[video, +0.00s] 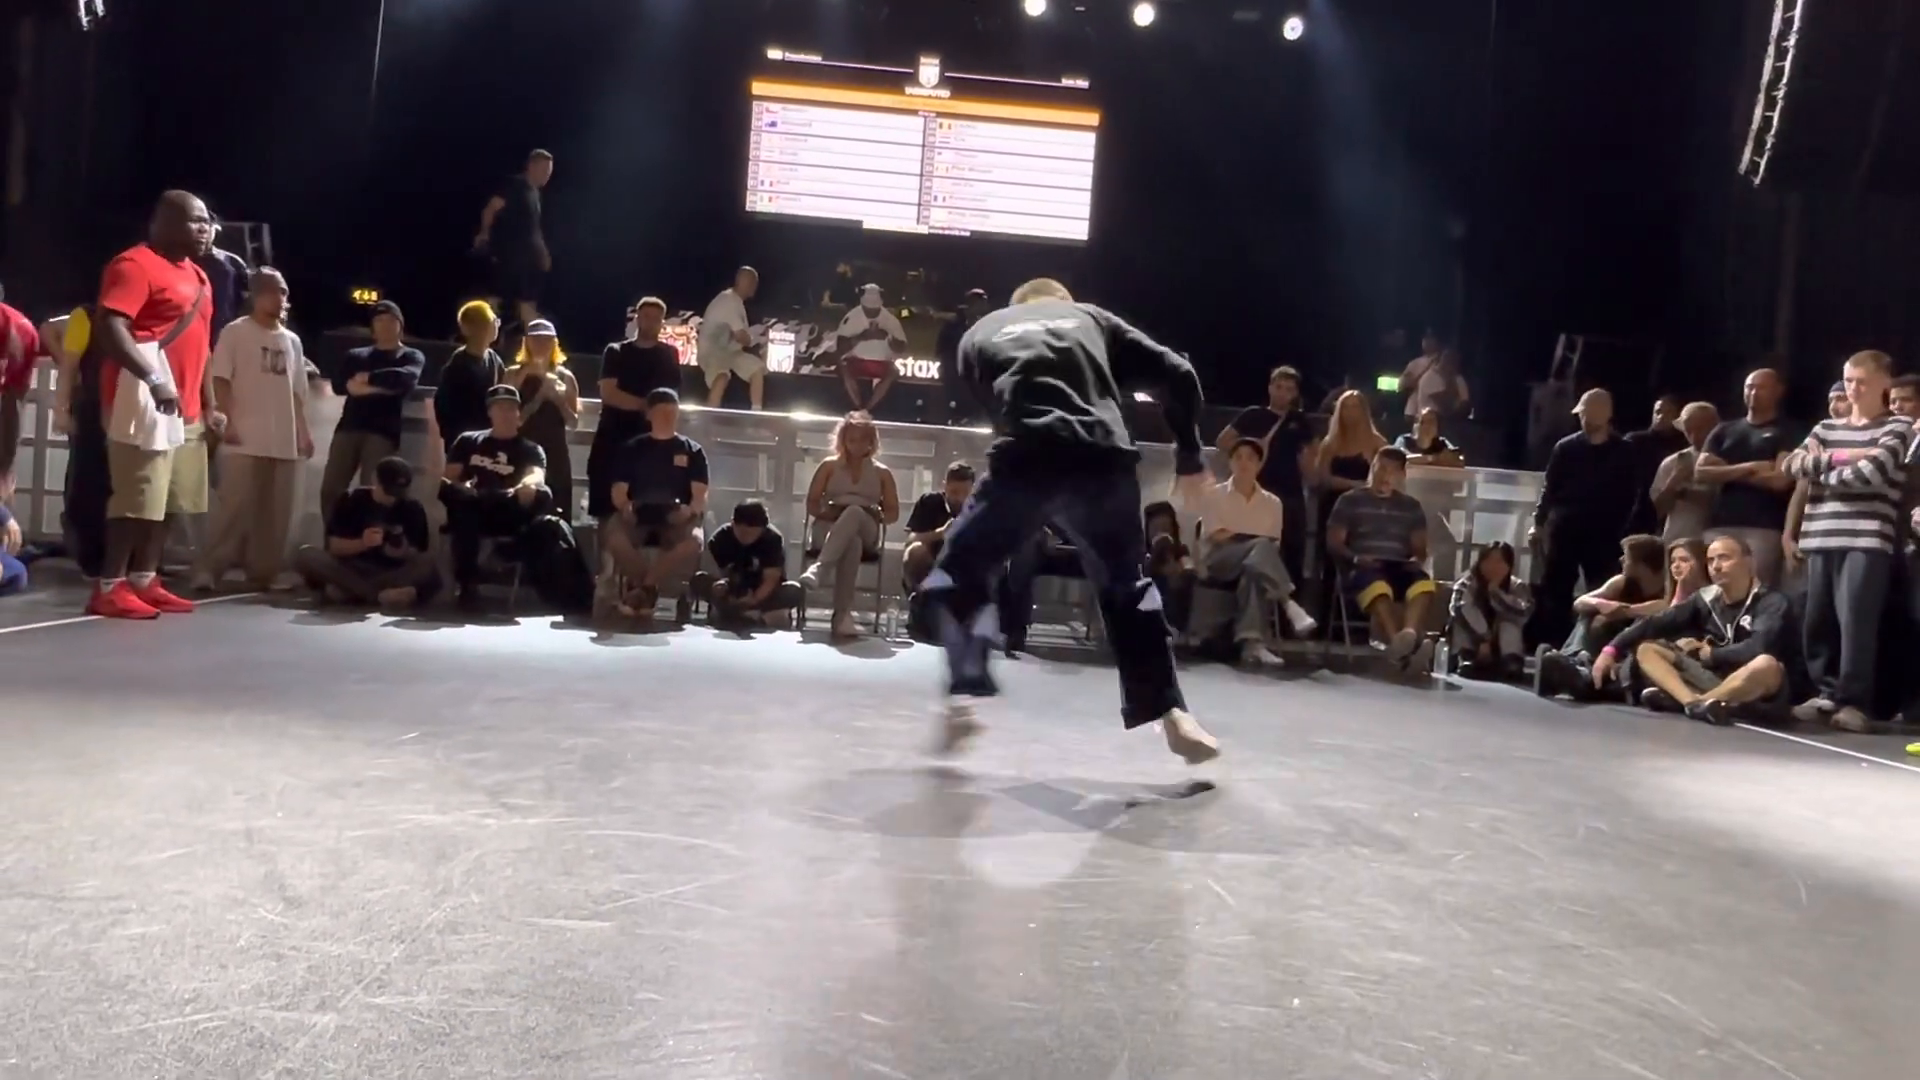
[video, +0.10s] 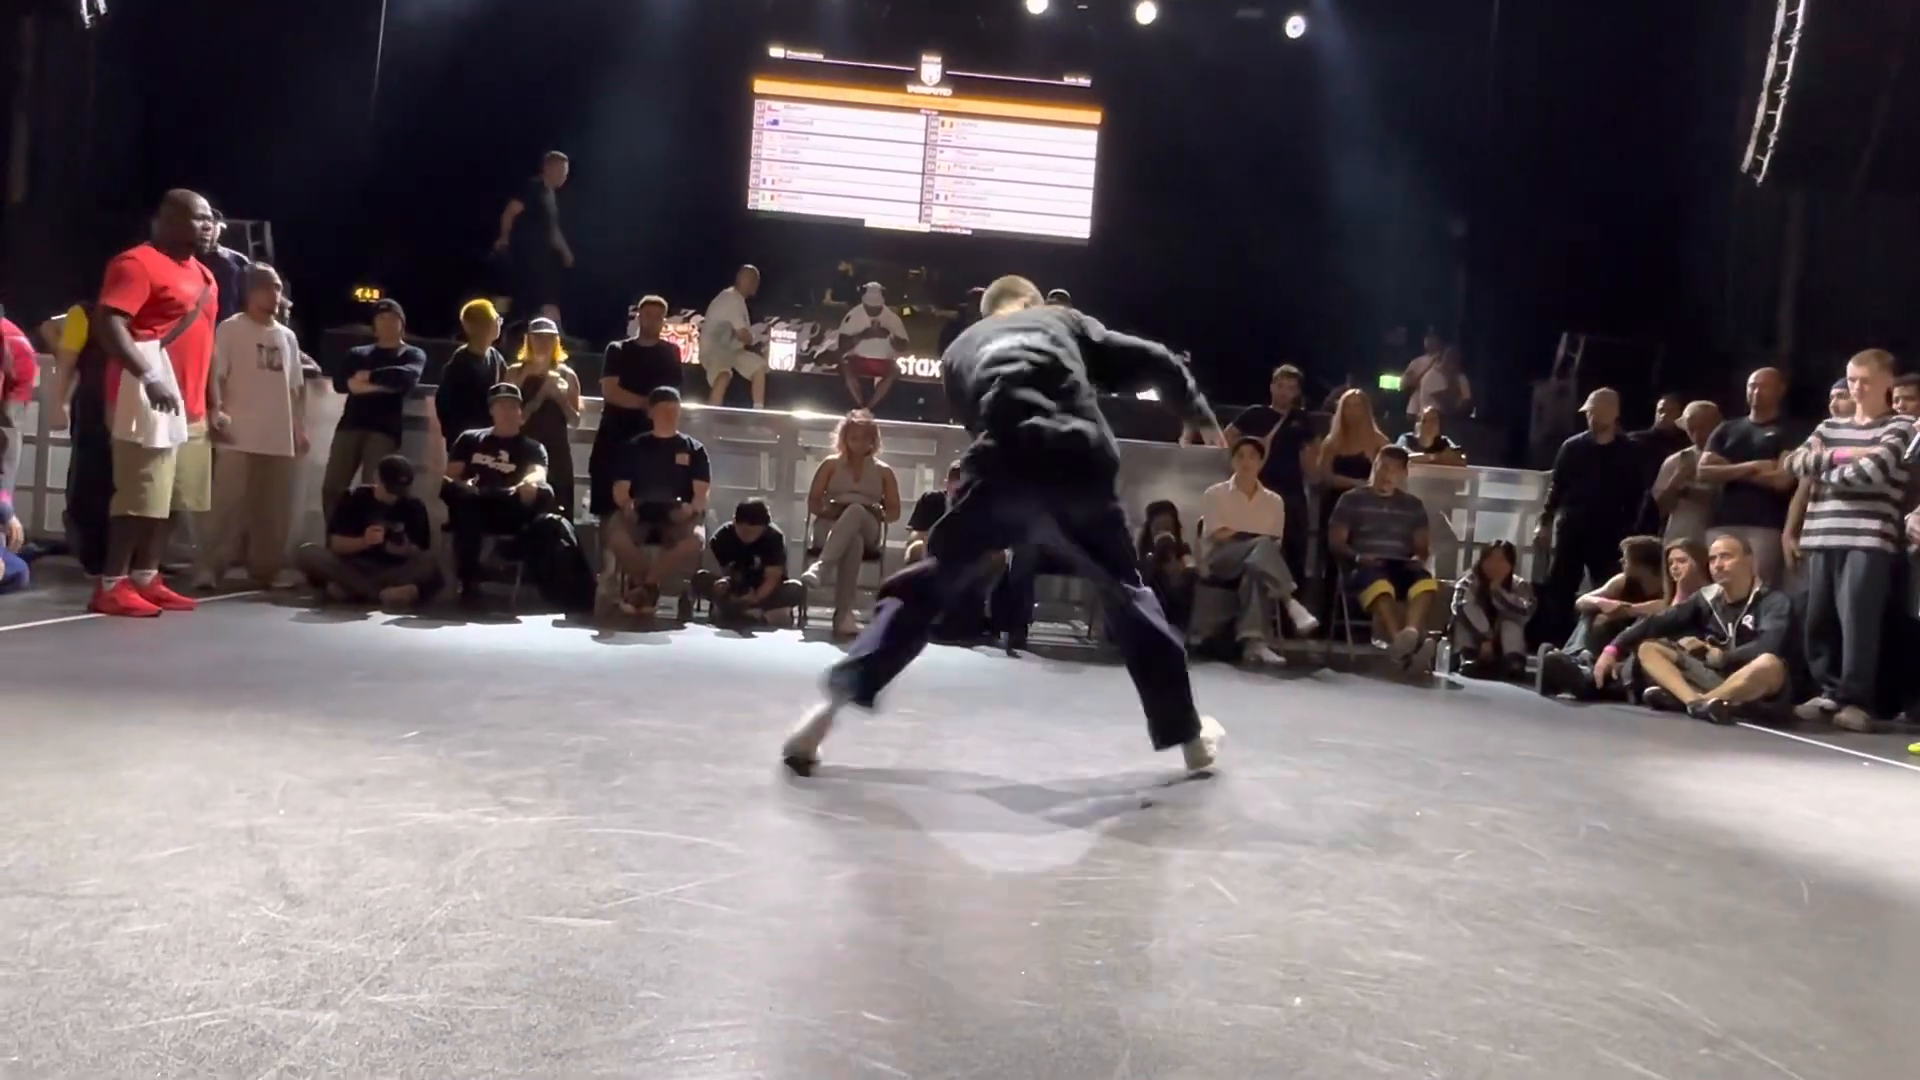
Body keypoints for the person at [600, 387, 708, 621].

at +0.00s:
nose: (667, 416)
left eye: (671, 410)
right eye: (661, 411)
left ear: (677, 413)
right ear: (649, 414)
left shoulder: (692, 451)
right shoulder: (631, 448)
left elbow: (699, 497)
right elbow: (618, 491)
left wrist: (687, 512)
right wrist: (629, 510)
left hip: (675, 510)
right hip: (639, 509)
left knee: (693, 542)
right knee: (614, 535)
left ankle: (641, 589)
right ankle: (647, 589)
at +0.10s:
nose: (669, 415)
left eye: (673, 409)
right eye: (663, 409)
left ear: (679, 412)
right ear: (651, 412)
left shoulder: (694, 449)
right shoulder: (633, 446)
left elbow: (701, 494)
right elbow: (620, 489)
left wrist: (688, 510)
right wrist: (630, 508)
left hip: (676, 508)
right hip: (641, 507)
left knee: (694, 540)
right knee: (616, 533)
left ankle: (643, 587)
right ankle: (649, 588)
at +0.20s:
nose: (670, 412)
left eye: (674, 407)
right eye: (664, 407)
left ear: (681, 409)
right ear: (652, 410)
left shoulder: (696, 447)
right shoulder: (635, 444)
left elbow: (703, 492)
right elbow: (622, 488)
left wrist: (691, 508)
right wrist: (632, 505)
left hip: (678, 507)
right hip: (642, 506)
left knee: (697, 538)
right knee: (618, 530)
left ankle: (644, 584)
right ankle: (651, 585)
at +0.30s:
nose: (671, 411)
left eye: (675, 405)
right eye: (665, 405)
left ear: (682, 407)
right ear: (653, 408)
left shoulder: (697, 444)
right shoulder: (636, 442)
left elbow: (704, 490)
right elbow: (623, 485)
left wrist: (693, 505)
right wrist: (633, 503)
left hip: (679, 504)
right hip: (644, 503)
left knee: (697, 536)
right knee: (618, 526)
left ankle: (644, 582)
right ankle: (650, 583)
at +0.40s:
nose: (672, 410)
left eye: (677, 404)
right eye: (667, 404)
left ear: (683, 406)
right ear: (655, 407)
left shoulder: (698, 443)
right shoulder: (637, 441)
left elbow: (705, 488)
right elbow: (624, 484)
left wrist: (694, 505)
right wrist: (635, 502)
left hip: (680, 503)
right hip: (645, 502)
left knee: (699, 535)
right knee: (620, 525)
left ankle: (647, 580)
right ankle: (652, 581)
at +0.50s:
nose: (674, 408)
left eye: (678, 403)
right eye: (669, 403)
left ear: (685, 405)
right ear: (657, 406)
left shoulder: (700, 443)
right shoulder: (639, 440)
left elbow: (707, 486)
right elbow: (626, 483)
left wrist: (696, 504)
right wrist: (637, 502)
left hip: (682, 502)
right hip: (647, 500)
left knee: (700, 534)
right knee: (621, 524)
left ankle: (649, 580)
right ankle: (654, 580)